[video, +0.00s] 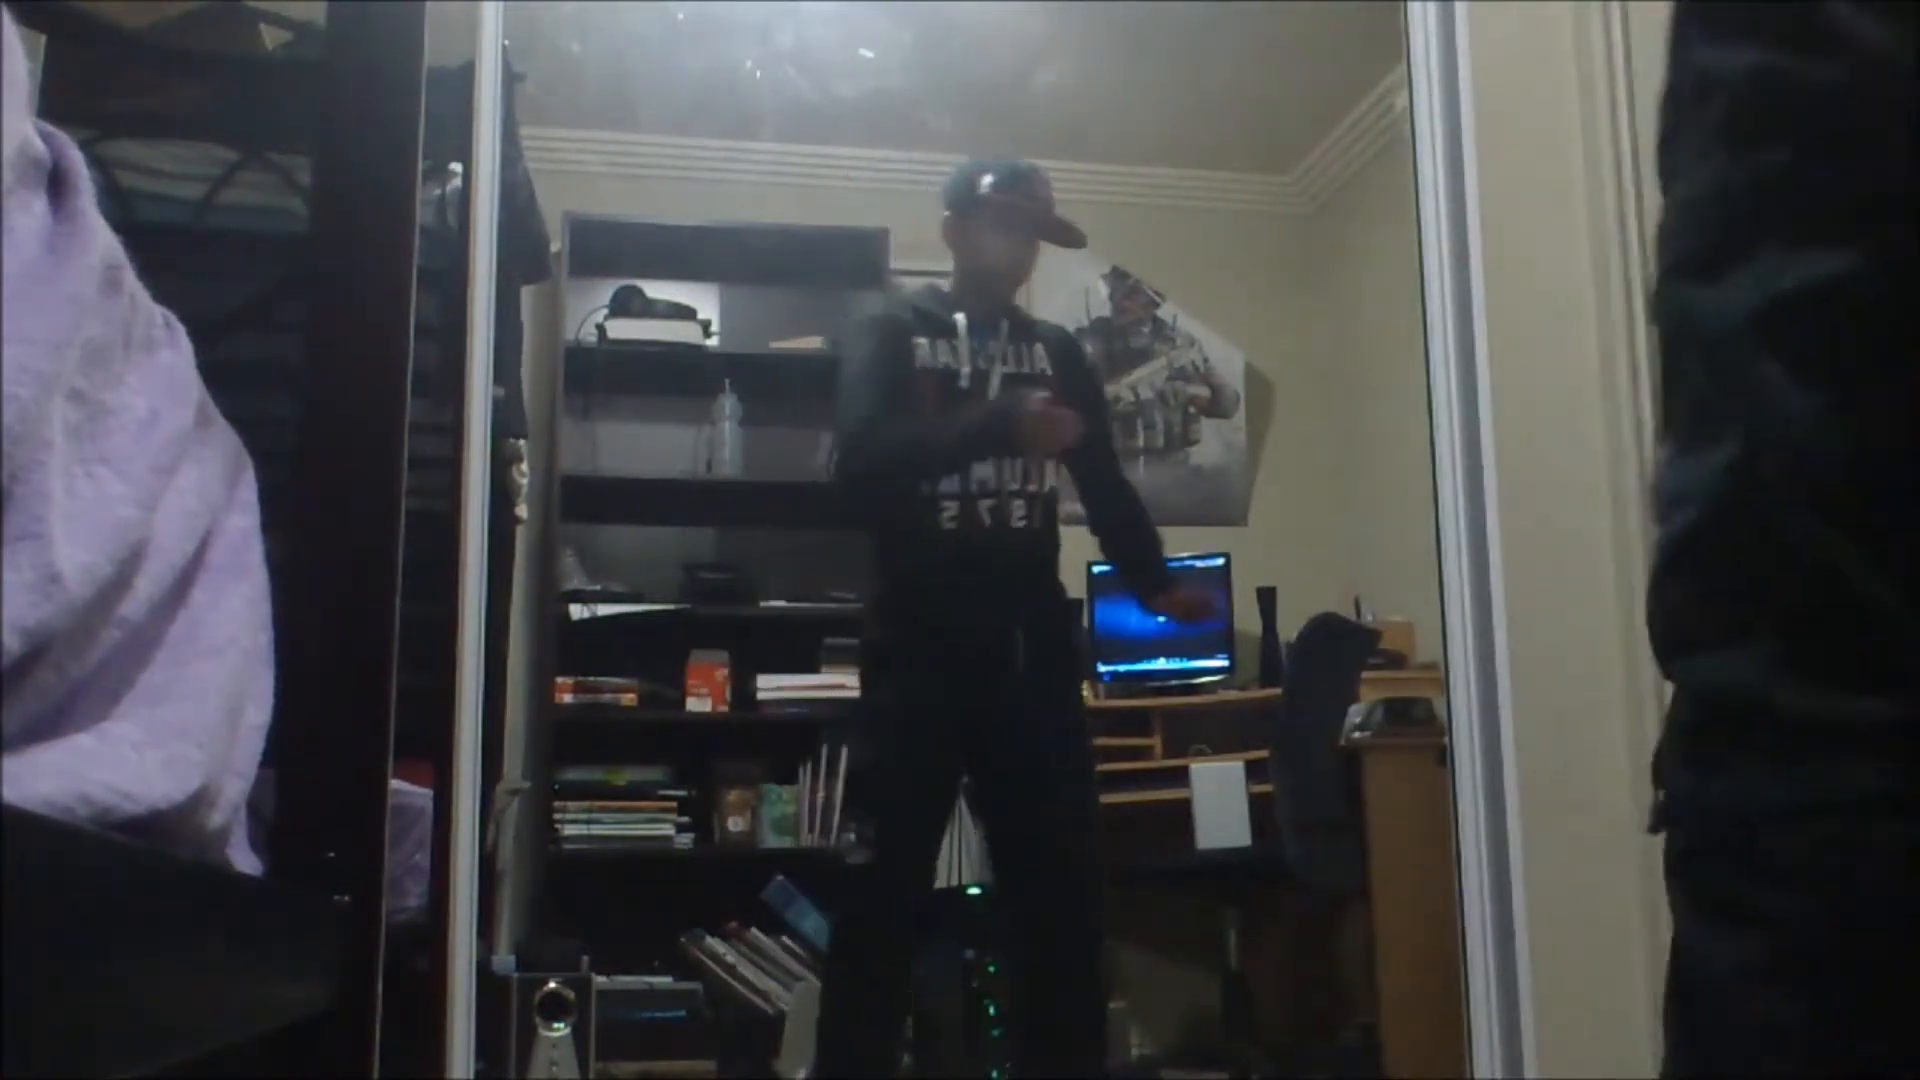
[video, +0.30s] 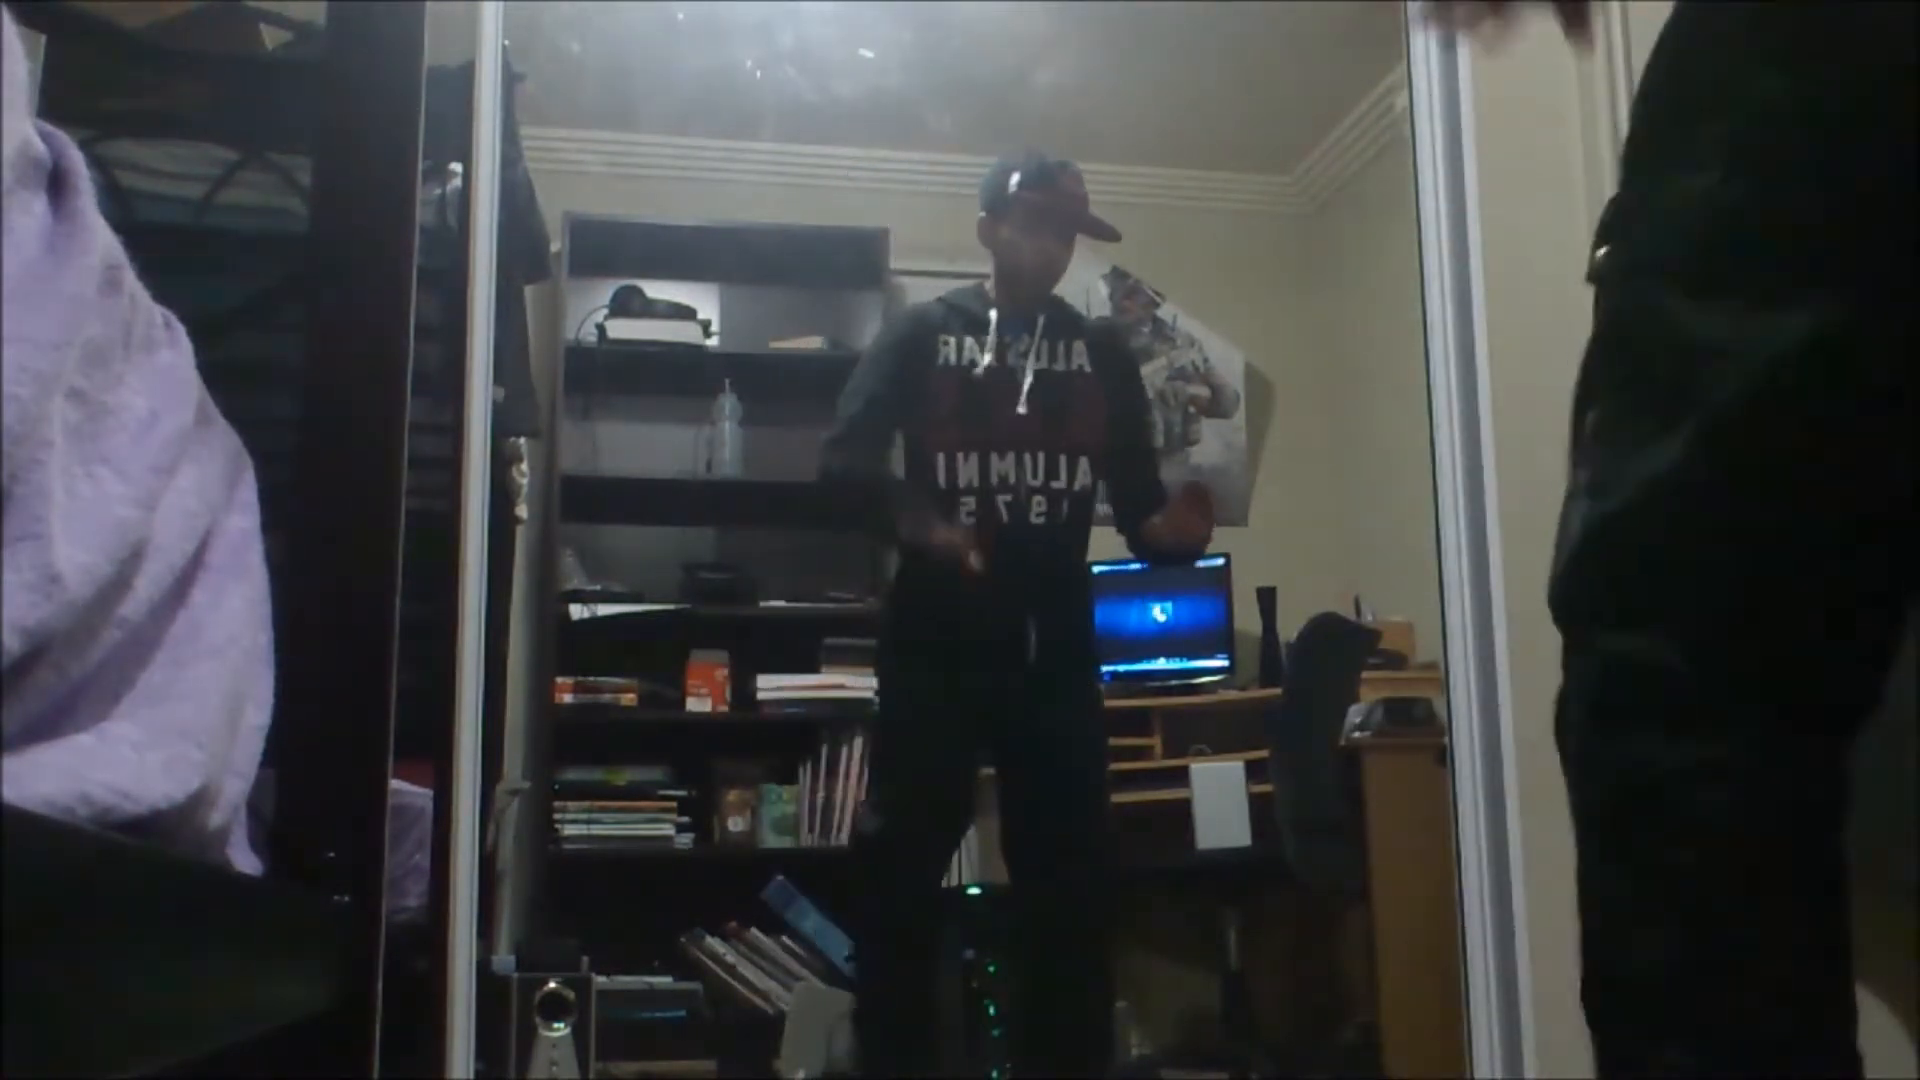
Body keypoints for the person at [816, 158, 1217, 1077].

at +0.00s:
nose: (1022, 248)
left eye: (1034, 233)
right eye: (1004, 227)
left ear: (1043, 242)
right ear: (956, 227)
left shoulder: (1057, 354)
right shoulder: (888, 323)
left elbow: (1102, 480)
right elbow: (862, 456)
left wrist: (1156, 580)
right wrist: (1002, 427)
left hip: (1030, 627)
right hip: (919, 623)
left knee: (1054, 874)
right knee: (890, 875)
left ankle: (1061, 1063)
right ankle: (858, 1065)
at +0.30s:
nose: (1051, 244)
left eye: (1065, 228)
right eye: (1034, 222)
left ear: (1080, 239)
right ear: (988, 228)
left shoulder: (1102, 351)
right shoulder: (923, 332)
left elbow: (1143, 512)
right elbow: (844, 465)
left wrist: (1174, 531)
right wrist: (924, 527)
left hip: (1051, 632)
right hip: (937, 630)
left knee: (1066, 870)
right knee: (905, 869)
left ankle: (1066, 1063)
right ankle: (898, 1064)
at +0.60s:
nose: (1016, 230)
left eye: (1036, 215)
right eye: (1001, 209)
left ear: (1060, 228)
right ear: (967, 217)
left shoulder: (1093, 333)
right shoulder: (908, 333)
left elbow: (1215, 447)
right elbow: (853, 478)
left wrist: (1189, 402)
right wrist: (846, 607)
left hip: (1046, 627)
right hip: (926, 627)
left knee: (1052, 864)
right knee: (867, 852)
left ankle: (1060, 1064)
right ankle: (859, 1063)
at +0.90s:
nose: (974, 237)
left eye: (995, 220)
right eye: (958, 217)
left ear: (1028, 229)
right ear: (934, 224)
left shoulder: (1079, 334)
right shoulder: (887, 334)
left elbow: (1145, 470)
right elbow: (811, 471)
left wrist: (1195, 598)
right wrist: (864, 574)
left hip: (1035, 639)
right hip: (912, 635)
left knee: (1047, 884)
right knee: (852, 871)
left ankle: (1058, 1068)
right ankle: (828, 1068)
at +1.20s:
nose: (933, 239)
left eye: (957, 224)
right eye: (922, 222)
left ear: (996, 234)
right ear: (904, 230)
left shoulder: (1053, 339)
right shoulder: (873, 353)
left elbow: (1098, 493)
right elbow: (853, 523)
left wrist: (1087, 529)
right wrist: (800, 602)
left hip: (1022, 634)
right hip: (904, 634)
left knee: (1054, 869)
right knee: (828, 852)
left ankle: (1055, 1065)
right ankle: (767, 1063)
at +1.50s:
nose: (880, 239)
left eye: (900, 222)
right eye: (868, 223)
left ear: (942, 230)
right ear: (854, 229)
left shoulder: (1004, 332)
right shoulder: (838, 357)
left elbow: (1055, 475)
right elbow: (787, 492)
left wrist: (964, 529)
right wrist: (721, 559)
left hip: (982, 641)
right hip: (868, 643)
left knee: (1001, 873)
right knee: (817, 850)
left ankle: (1011, 1064)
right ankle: (817, 1059)